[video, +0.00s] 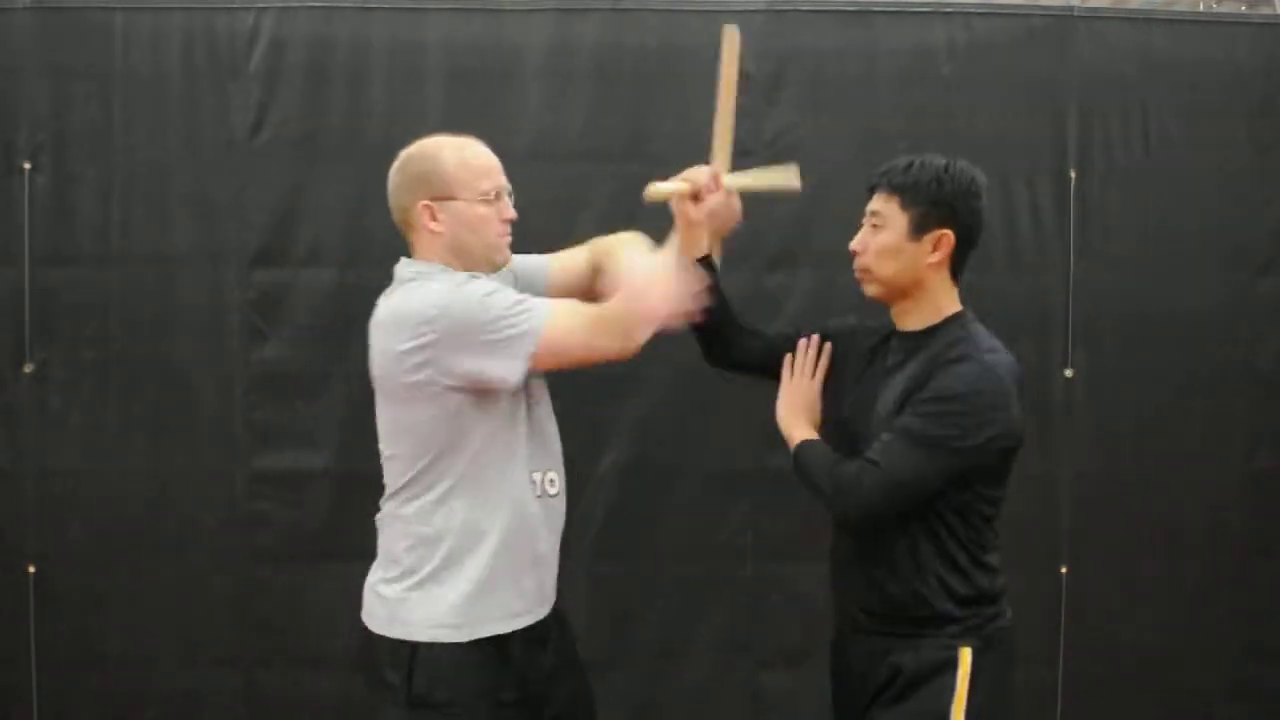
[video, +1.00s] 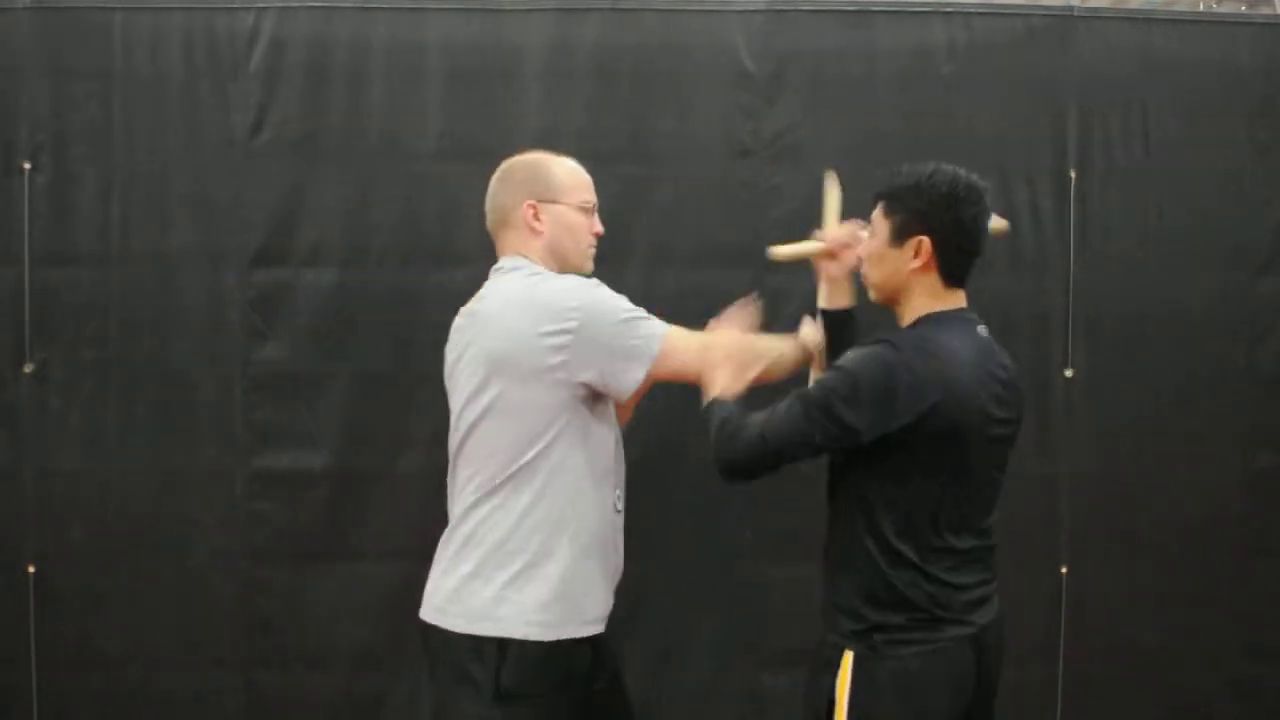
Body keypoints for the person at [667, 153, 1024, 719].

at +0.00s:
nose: (854, 245)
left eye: (875, 227)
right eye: (862, 226)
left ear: (937, 247)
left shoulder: (979, 376)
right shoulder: (861, 352)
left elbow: (860, 497)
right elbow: (729, 348)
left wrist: (799, 432)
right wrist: (694, 239)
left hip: (944, 655)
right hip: (864, 647)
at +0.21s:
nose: (867, 240)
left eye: (891, 223)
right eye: (870, 223)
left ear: (954, 243)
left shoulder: (1000, 378)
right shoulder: (852, 345)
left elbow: (939, 516)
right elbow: (741, 358)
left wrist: (823, 451)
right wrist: (644, 346)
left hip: (947, 653)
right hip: (857, 646)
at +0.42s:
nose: (862, 244)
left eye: (887, 225)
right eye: (864, 228)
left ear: (948, 244)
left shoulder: (1000, 373)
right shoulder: (843, 371)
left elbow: (974, 496)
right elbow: (759, 475)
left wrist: (846, 458)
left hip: (953, 656)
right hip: (858, 650)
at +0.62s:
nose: (857, 246)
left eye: (879, 227)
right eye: (862, 228)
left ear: (941, 243)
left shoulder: (968, 354)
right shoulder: (879, 361)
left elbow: (832, 332)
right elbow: (805, 469)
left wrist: (702, 308)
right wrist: (768, 540)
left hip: (950, 654)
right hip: (876, 648)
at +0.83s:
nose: (859, 245)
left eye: (877, 227)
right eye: (867, 226)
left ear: (934, 246)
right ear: (930, 248)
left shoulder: (944, 348)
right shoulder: (925, 344)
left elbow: (777, 362)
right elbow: (784, 390)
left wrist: (791, 257)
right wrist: (744, 270)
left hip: (911, 647)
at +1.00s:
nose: (861, 248)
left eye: (872, 233)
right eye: (867, 232)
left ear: (918, 253)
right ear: (924, 255)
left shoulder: (894, 368)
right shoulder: (988, 358)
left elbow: (737, 451)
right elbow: (840, 411)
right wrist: (836, 283)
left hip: (883, 658)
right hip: (964, 645)